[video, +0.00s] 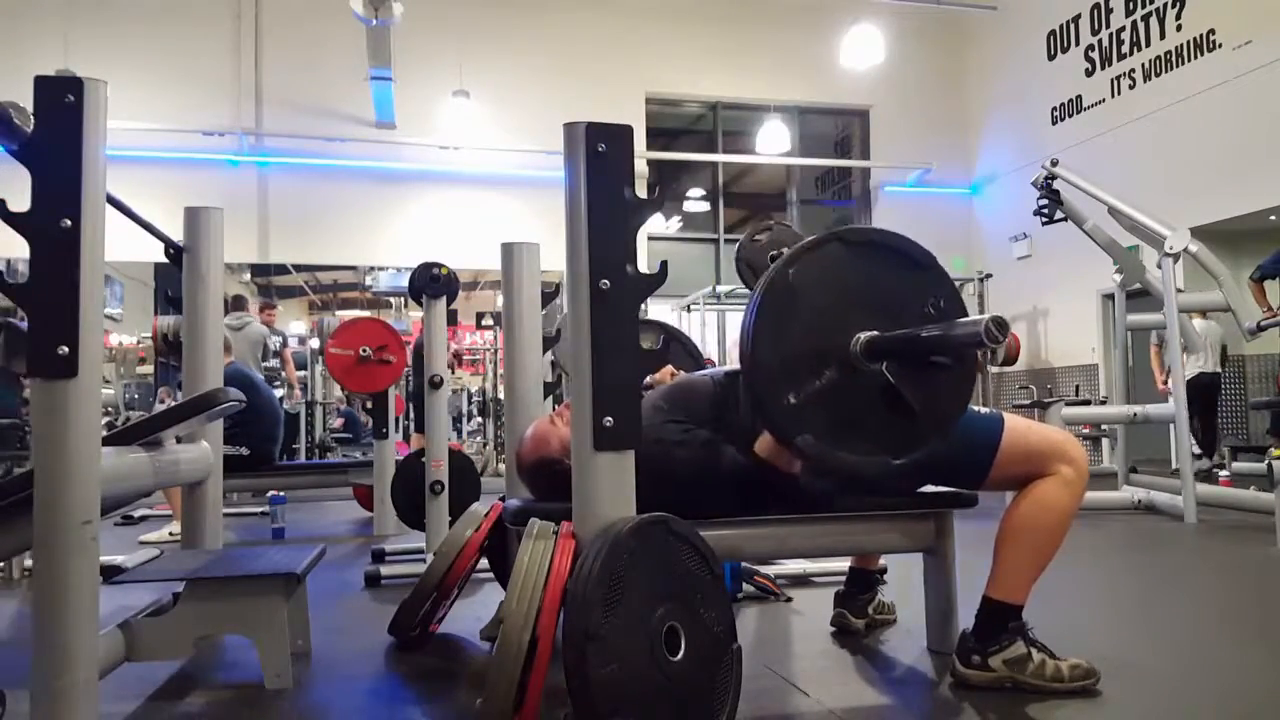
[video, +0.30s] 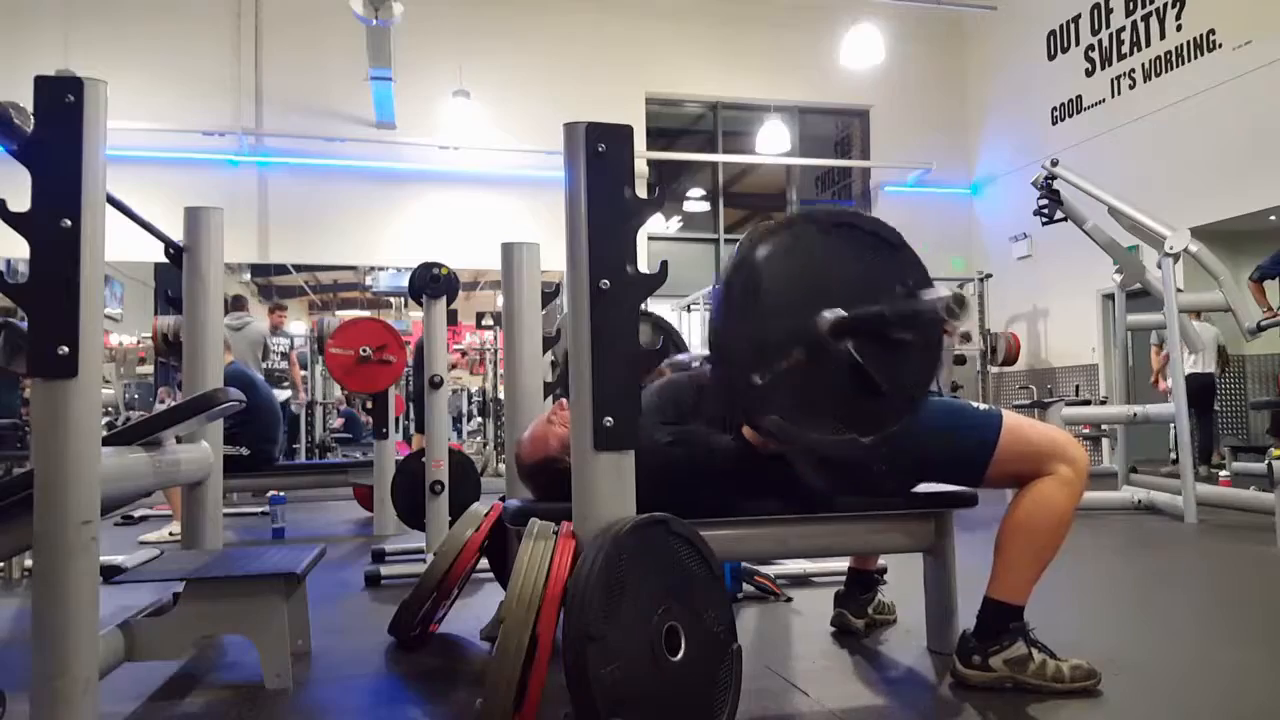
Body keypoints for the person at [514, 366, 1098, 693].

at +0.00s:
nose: (557, 406)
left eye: (548, 412)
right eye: (553, 419)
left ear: (566, 455)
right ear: (572, 447)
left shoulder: (627, 429)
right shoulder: (647, 448)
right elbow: (774, 457)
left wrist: (662, 383)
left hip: (813, 439)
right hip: (850, 447)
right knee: (1063, 459)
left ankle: (857, 597)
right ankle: (993, 640)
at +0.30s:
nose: (553, 408)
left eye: (546, 412)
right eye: (547, 420)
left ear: (565, 433)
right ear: (563, 448)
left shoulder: (619, 430)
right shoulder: (623, 448)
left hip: (805, 428)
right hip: (857, 426)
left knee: (891, 439)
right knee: (1065, 457)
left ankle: (860, 595)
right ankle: (993, 643)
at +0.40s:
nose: (551, 417)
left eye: (546, 419)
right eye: (546, 423)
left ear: (558, 443)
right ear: (554, 449)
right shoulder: (582, 448)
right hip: (842, 426)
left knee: (901, 446)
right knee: (1061, 458)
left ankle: (858, 597)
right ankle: (994, 638)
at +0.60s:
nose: (559, 407)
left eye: (548, 411)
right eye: (552, 419)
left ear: (563, 455)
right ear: (570, 450)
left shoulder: (617, 440)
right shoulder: (638, 453)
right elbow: (691, 344)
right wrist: (699, 248)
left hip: (818, 424)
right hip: (847, 430)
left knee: (904, 430)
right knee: (1058, 452)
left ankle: (861, 591)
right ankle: (994, 639)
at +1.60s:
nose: (553, 410)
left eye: (544, 413)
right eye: (544, 425)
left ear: (561, 421)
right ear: (555, 461)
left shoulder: (607, 436)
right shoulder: (617, 460)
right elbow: (714, 408)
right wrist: (731, 306)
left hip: (814, 430)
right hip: (837, 435)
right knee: (1055, 456)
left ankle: (860, 595)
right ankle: (993, 640)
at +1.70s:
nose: (550, 413)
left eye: (541, 416)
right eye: (543, 426)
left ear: (555, 424)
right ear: (553, 457)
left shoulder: (613, 425)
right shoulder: (608, 449)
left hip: (802, 424)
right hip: (826, 437)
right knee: (1057, 454)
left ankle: (858, 594)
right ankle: (992, 640)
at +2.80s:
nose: (546, 412)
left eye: (538, 417)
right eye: (540, 428)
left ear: (557, 422)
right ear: (557, 461)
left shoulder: (608, 425)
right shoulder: (607, 451)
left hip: (806, 426)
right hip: (835, 434)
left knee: (921, 435)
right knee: (1053, 456)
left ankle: (858, 596)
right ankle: (992, 640)